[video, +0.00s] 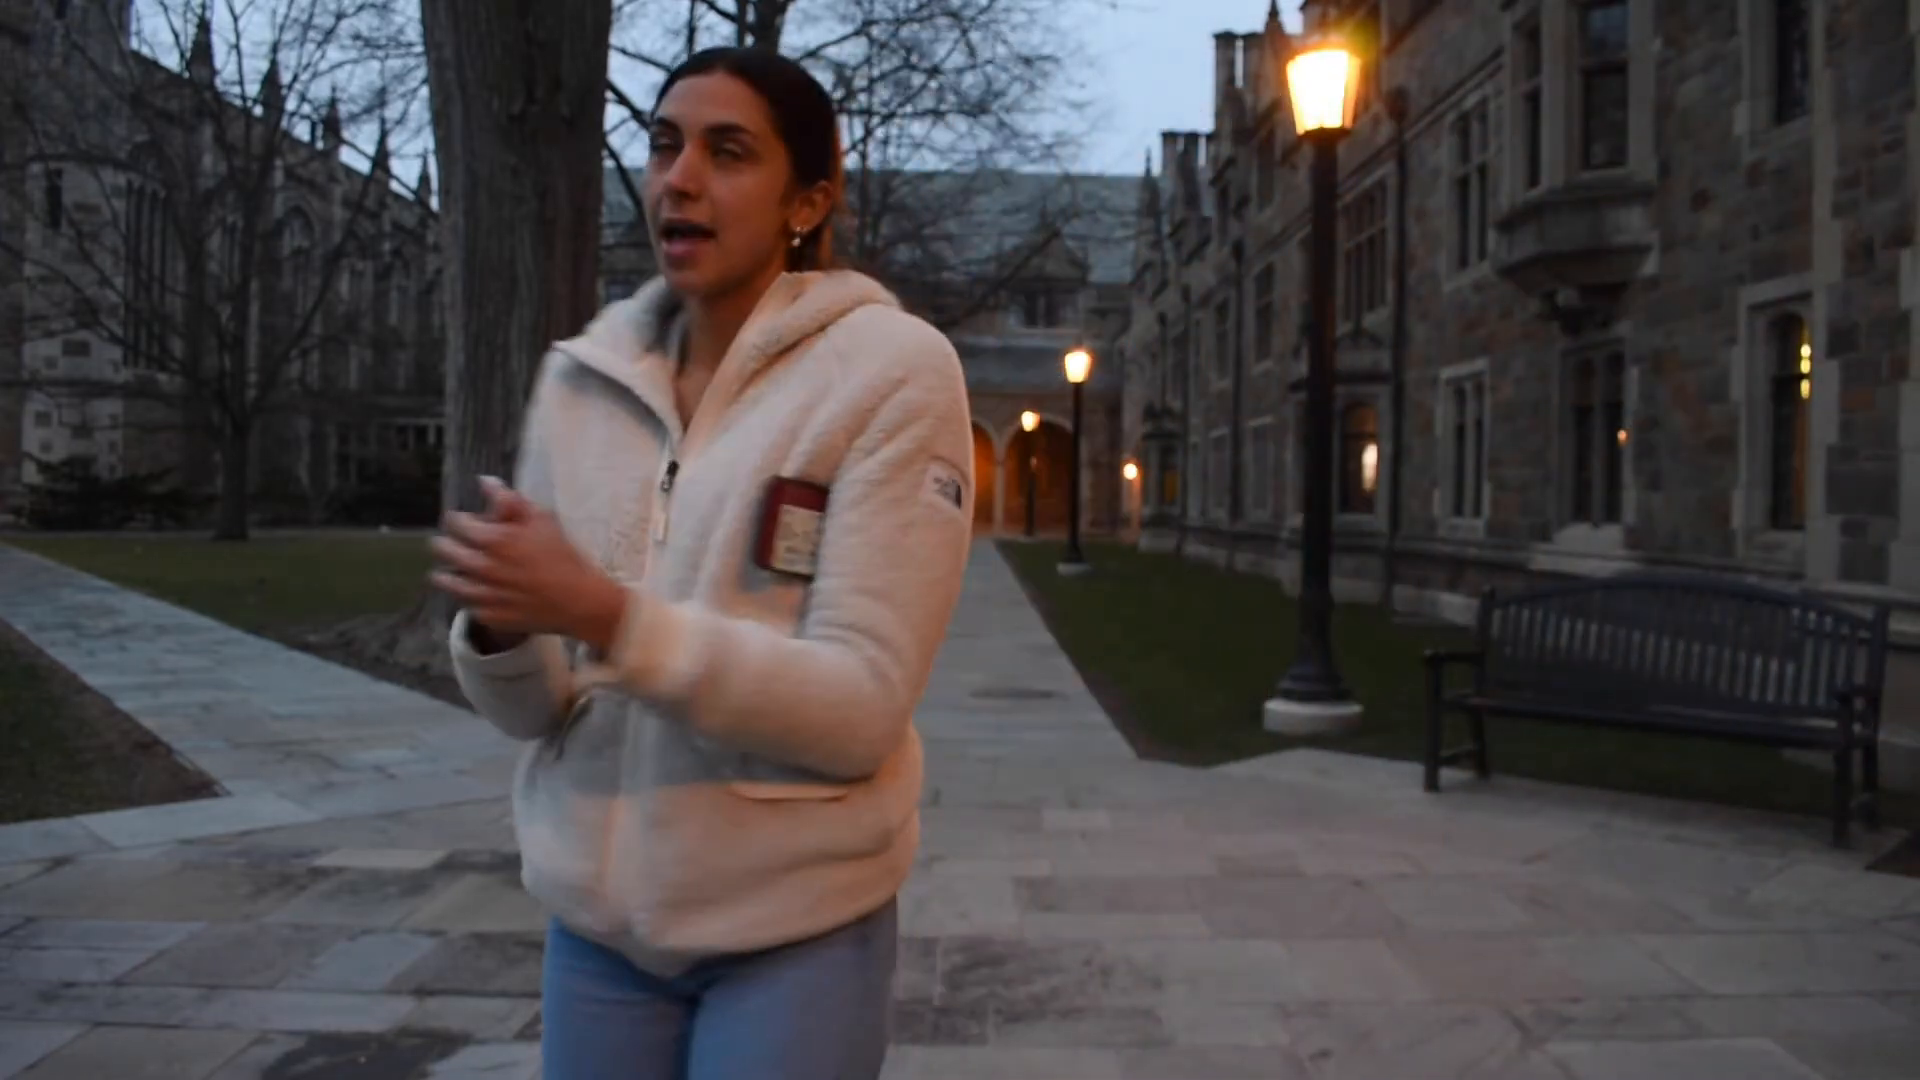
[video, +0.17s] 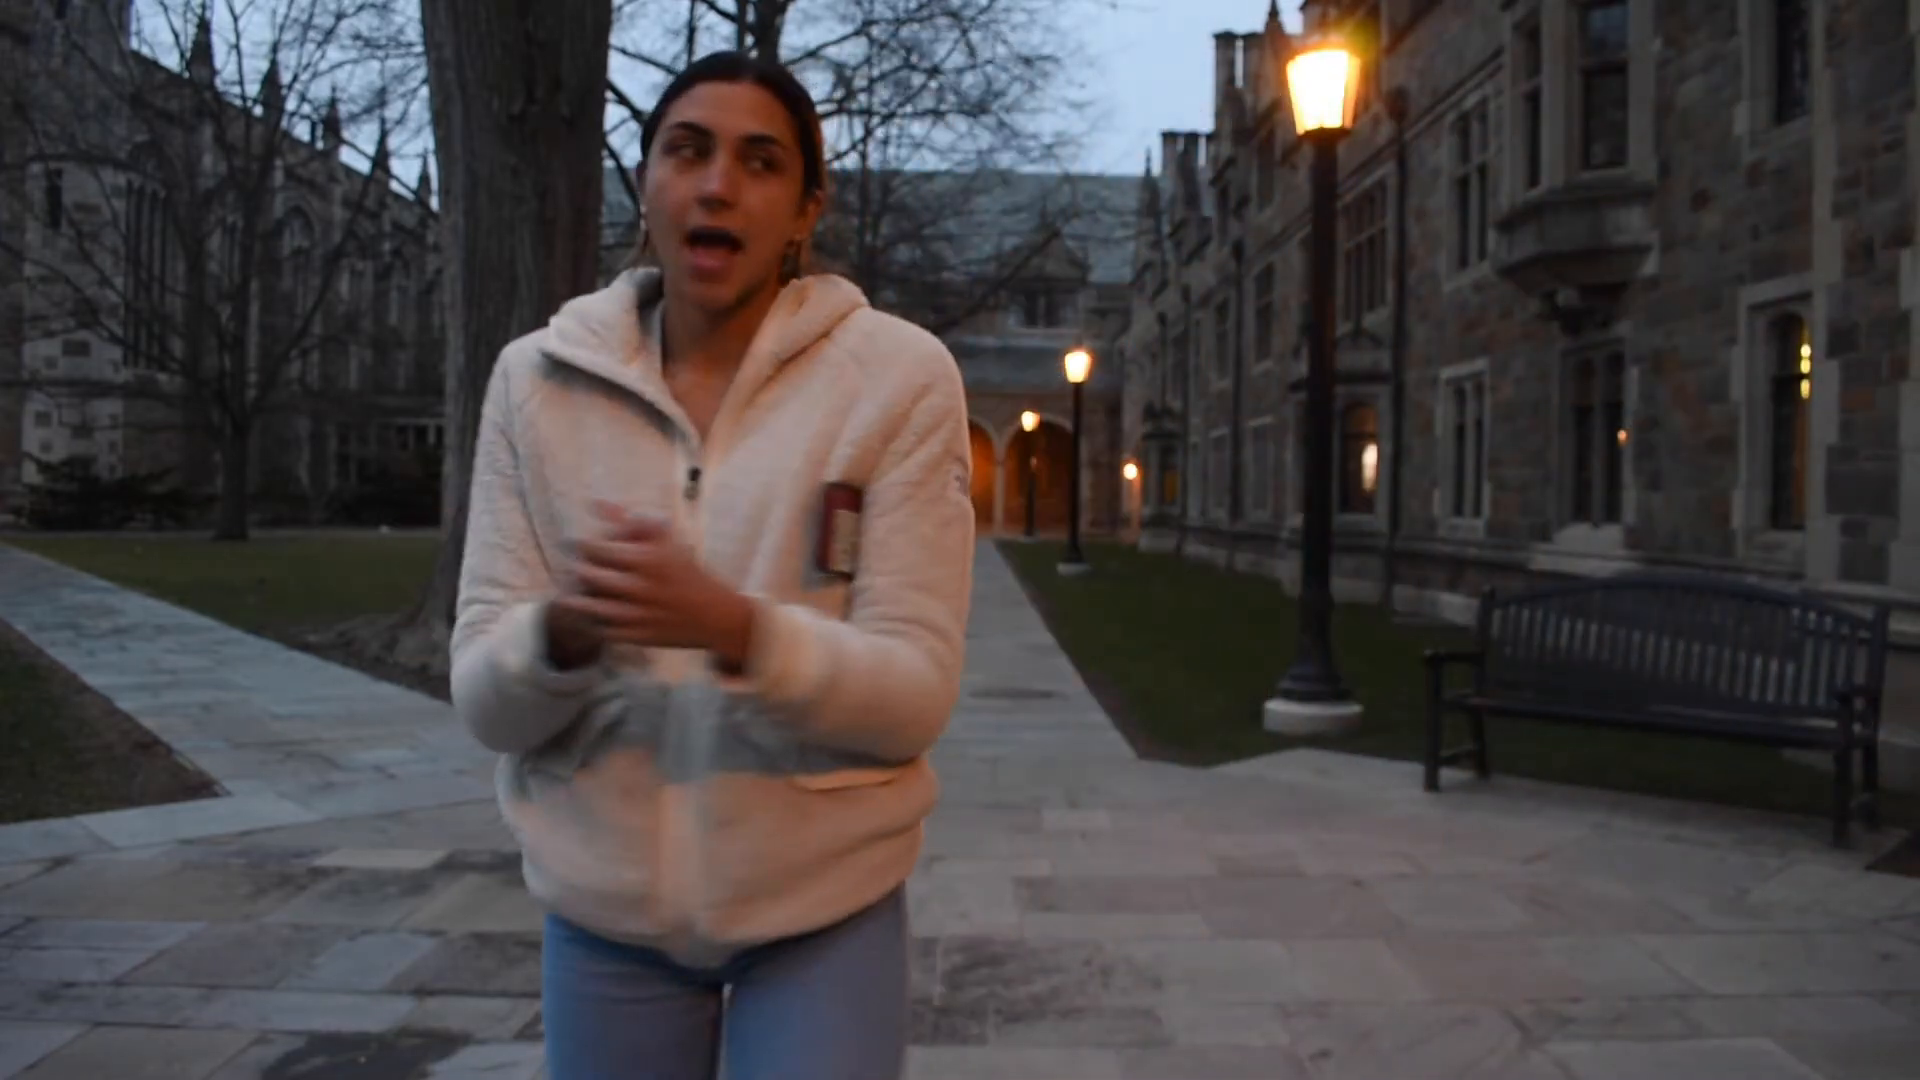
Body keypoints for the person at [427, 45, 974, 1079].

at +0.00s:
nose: (679, 179)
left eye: (729, 152)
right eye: (666, 145)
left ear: (808, 200)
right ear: (646, 173)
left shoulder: (896, 374)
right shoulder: (581, 374)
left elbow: (860, 709)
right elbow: (533, 712)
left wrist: (603, 613)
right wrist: (498, 617)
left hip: (797, 928)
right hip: (598, 924)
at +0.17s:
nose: (717, 187)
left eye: (758, 162)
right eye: (687, 151)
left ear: (807, 211)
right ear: (645, 187)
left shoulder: (900, 378)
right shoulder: (537, 379)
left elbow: (916, 691)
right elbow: (486, 698)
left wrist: (732, 625)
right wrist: (564, 626)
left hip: (825, 915)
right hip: (604, 919)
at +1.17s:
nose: (1259, 230)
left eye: (1252, 195)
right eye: (1228, 189)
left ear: (1141, 210)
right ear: (1131, 202)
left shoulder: (1100, 368)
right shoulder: (1069, 372)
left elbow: (1155, 702)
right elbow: (1135, 745)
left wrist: (1400, 649)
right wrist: (1397, 650)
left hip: (1089, 954)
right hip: (1068, 965)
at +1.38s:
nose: (1395, 239)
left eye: (1387, 201)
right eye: (1366, 197)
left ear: (1277, 210)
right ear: (1268, 206)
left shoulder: (1223, 373)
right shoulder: (1233, 385)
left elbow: (1322, 687)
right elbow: (1307, 772)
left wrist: (1562, 662)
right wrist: (1556, 668)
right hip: (1220, 988)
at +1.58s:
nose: (1557, 210)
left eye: (1544, 173)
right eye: (1524, 169)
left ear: (1430, 195)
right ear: (1424, 191)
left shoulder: (1364, 362)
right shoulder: (1412, 374)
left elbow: (1519, 676)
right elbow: (1508, 771)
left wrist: (1755, 631)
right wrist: (1750, 645)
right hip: (1415, 981)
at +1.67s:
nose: (1618, 205)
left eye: (1606, 167)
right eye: (1586, 165)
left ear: (1486, 194)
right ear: (1483, 189)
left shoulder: (1432, 361)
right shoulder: (1471, 375)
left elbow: (1580, 676)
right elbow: (1577, 772)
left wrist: (1809, 625)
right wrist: (1810, 640)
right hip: (1474, 986)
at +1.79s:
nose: (1707, 200)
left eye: (1694, 160)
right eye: (1669, 158)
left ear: (1573, 189)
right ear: (1564, 184)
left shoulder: (1540, 361)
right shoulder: (1543, 374)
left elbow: (1672, 669)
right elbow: (1639, 767)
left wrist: (1876, 647)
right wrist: (1885, 654)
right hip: (1542, 990)